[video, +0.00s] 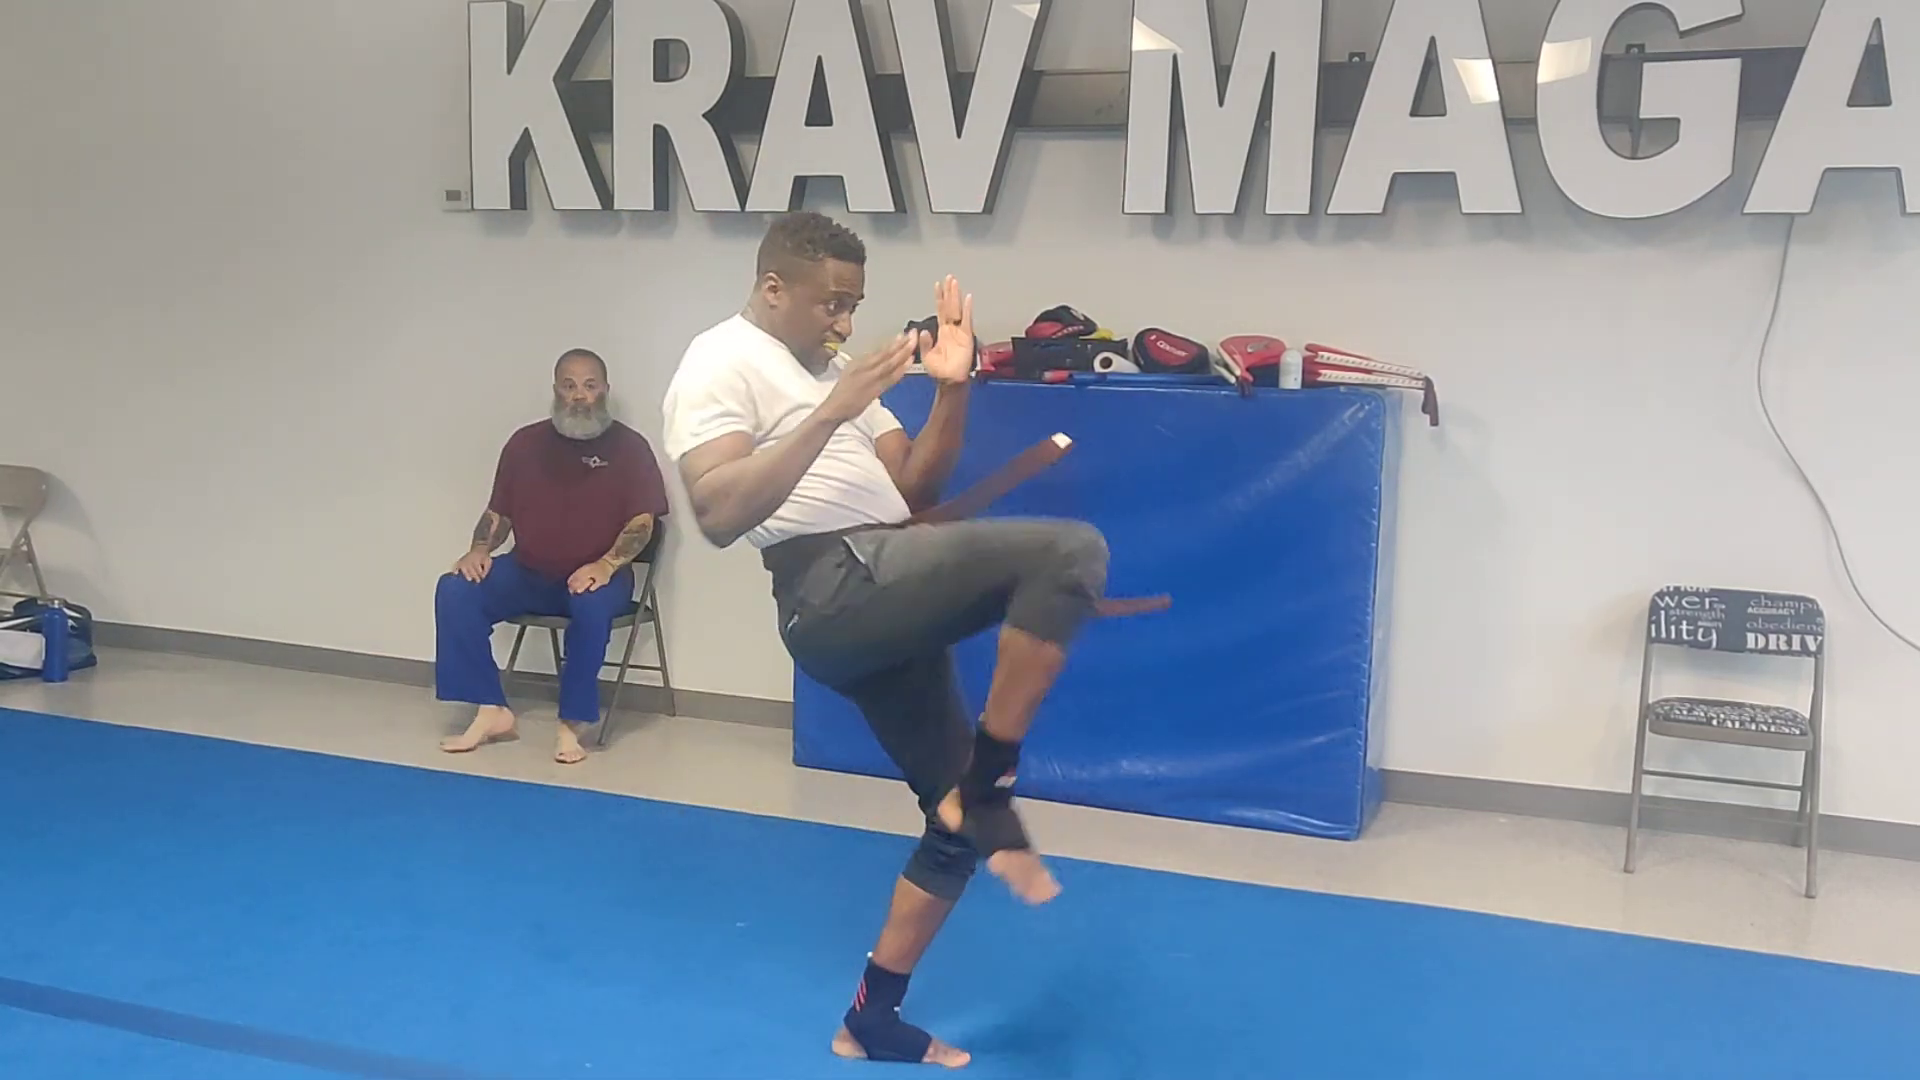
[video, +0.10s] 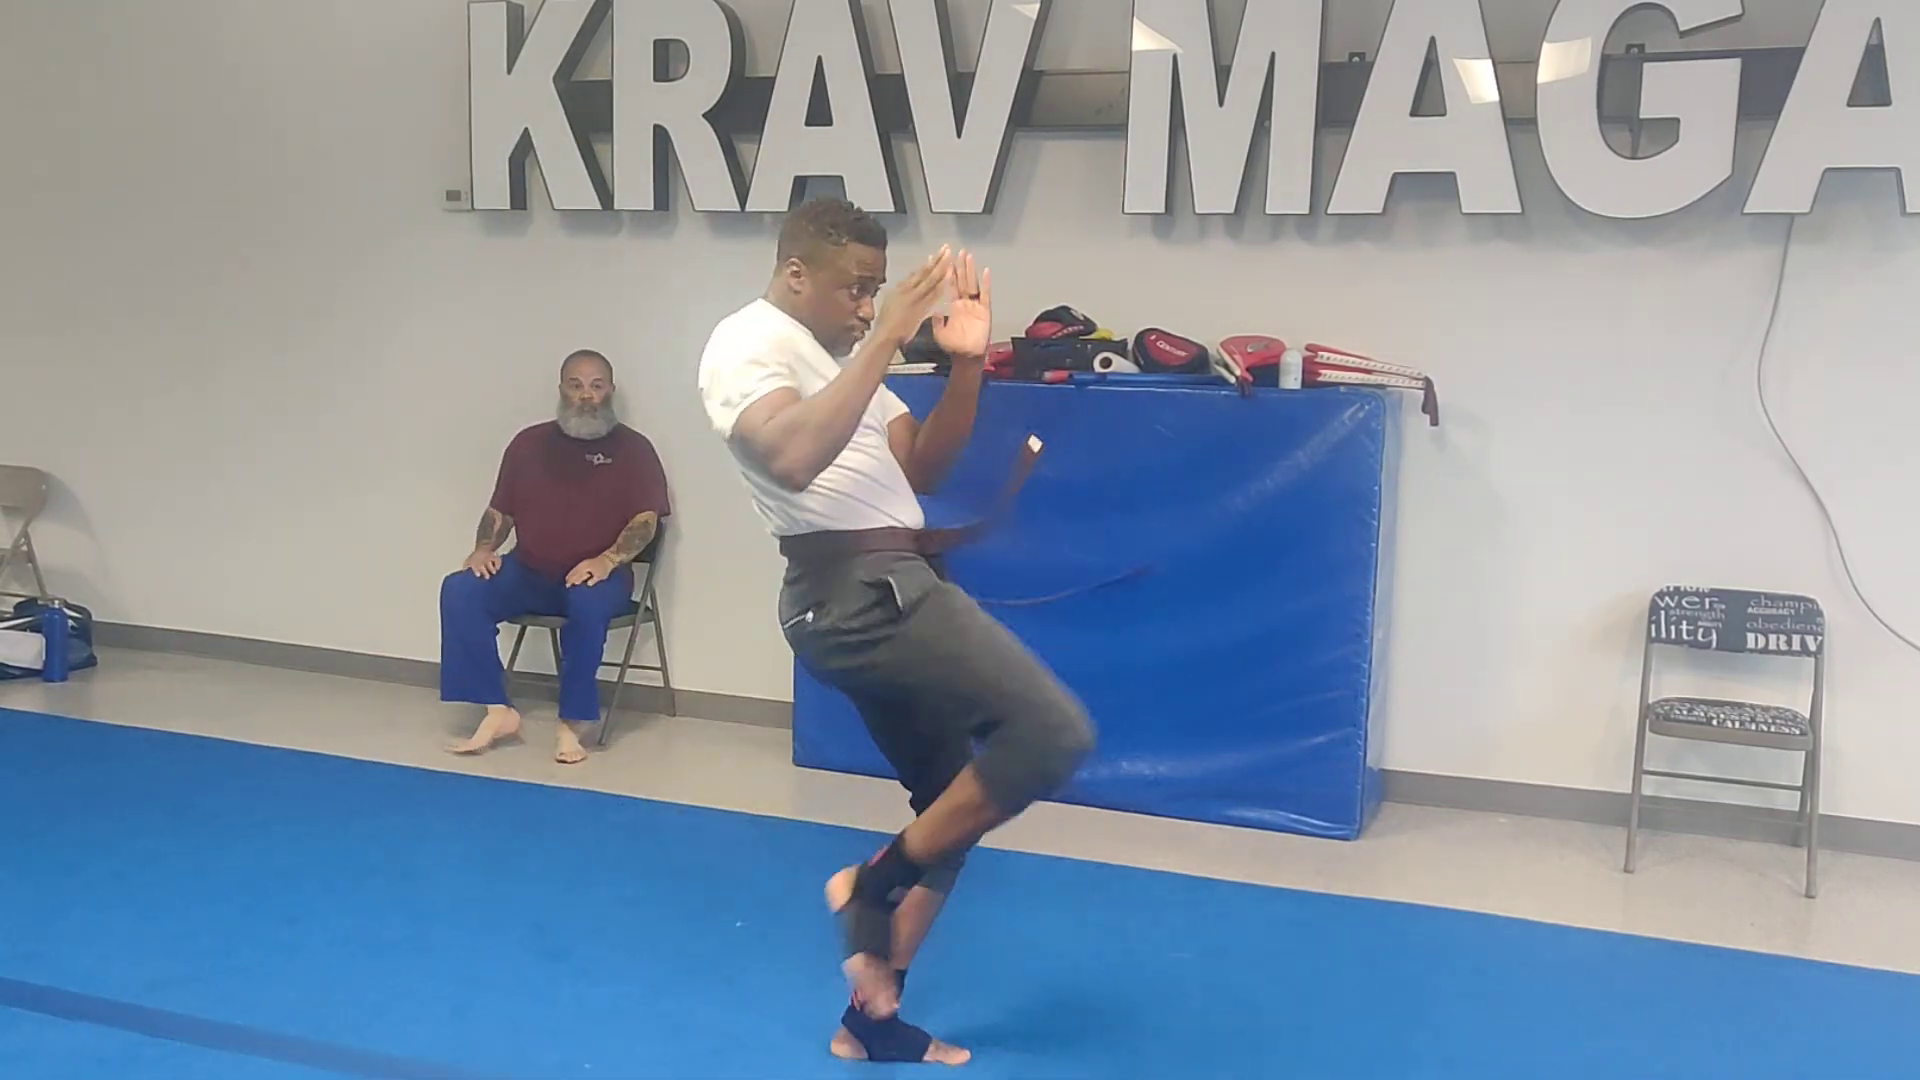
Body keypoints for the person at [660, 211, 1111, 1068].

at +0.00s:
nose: (845, 320)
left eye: (852, 305)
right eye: (833, 302)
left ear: (850, 301)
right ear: (772, 291)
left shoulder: (834, 372)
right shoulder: (717, 363)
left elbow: (915, 484)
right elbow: (716, 514)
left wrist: (953, 388)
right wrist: (829, 414)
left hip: (884, 583)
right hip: (832, 587)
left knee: (960, 815)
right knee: (1068, 552)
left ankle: (875, 1015)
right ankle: (987, 791)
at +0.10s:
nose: (868, 305)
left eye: (873, 290)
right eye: (853, 286)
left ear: (860, 291)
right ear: (795, 276)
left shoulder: (846, 358)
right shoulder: (745, 342)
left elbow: (920, 466)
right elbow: (790, 455)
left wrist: (967, 368)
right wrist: (885, 337)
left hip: (890, 583)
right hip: (855, 588)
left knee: (955, 808)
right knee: (1051, 732)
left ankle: (871, 1014)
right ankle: (873, 886)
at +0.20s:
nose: (889, 295)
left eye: (895, 277)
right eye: (876, 274)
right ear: (811, 264)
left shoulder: (853, 344)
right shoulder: (766, 331)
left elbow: (917, 434)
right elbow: (884, 412)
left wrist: (965, 349)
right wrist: (935, 296)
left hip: (921, 574)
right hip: (856, 586)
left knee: (982, 806)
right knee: (928, 827)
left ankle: (880, 1005)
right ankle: (760, 994)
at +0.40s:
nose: (966, 362)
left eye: (973, 346)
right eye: (955, 346)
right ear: (893, 333)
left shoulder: (920, 399)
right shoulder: (834, 411)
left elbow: (976, 499)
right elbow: (954, 537)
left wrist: (1023, 412)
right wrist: (1013, 403)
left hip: (911, 638)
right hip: (823, 649)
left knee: (1047, 804)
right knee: (844, 894)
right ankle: (709, 1042)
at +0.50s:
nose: (1010, 401)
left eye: (1018, 383)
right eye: (995, 381)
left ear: (1024, 370)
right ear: (937, 360)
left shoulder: (994, 425)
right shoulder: (865, 421)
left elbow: (1053, 532)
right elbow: (917, 572)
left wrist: (1078, 446)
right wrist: (1029, 465)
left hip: (940, 645)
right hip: (848, 647)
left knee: (1073, 812)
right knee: (858, 886)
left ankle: (1110, 958)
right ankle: (709, 1043)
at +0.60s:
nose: (1054, 400)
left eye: (1064, 382)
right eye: (1037, 382)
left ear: (1075, 370)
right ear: (987, 358)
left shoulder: (1070, 409)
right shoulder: (905, 407)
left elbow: (1142, 526)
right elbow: (898, 553)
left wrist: (1142, 453)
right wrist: (1012, 476)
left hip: (995, 627)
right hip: (893, 621)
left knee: (1121, 803)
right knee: (847, 835)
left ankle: (1121, 958)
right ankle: (718, 1029)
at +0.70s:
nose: (1075, 391)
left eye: (1092, 373)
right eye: (1060, 373)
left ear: (1108, 356)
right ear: (1016, 349)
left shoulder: (1123, 389)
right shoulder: (945, 383)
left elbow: (1203, 494)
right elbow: (915, 522)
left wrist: (1220, 449)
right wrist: (1012, 457)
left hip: (1039, 611)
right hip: (930, 599)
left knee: (1140, 802)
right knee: (867, 791)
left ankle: (1140, 954)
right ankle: (782, 974)